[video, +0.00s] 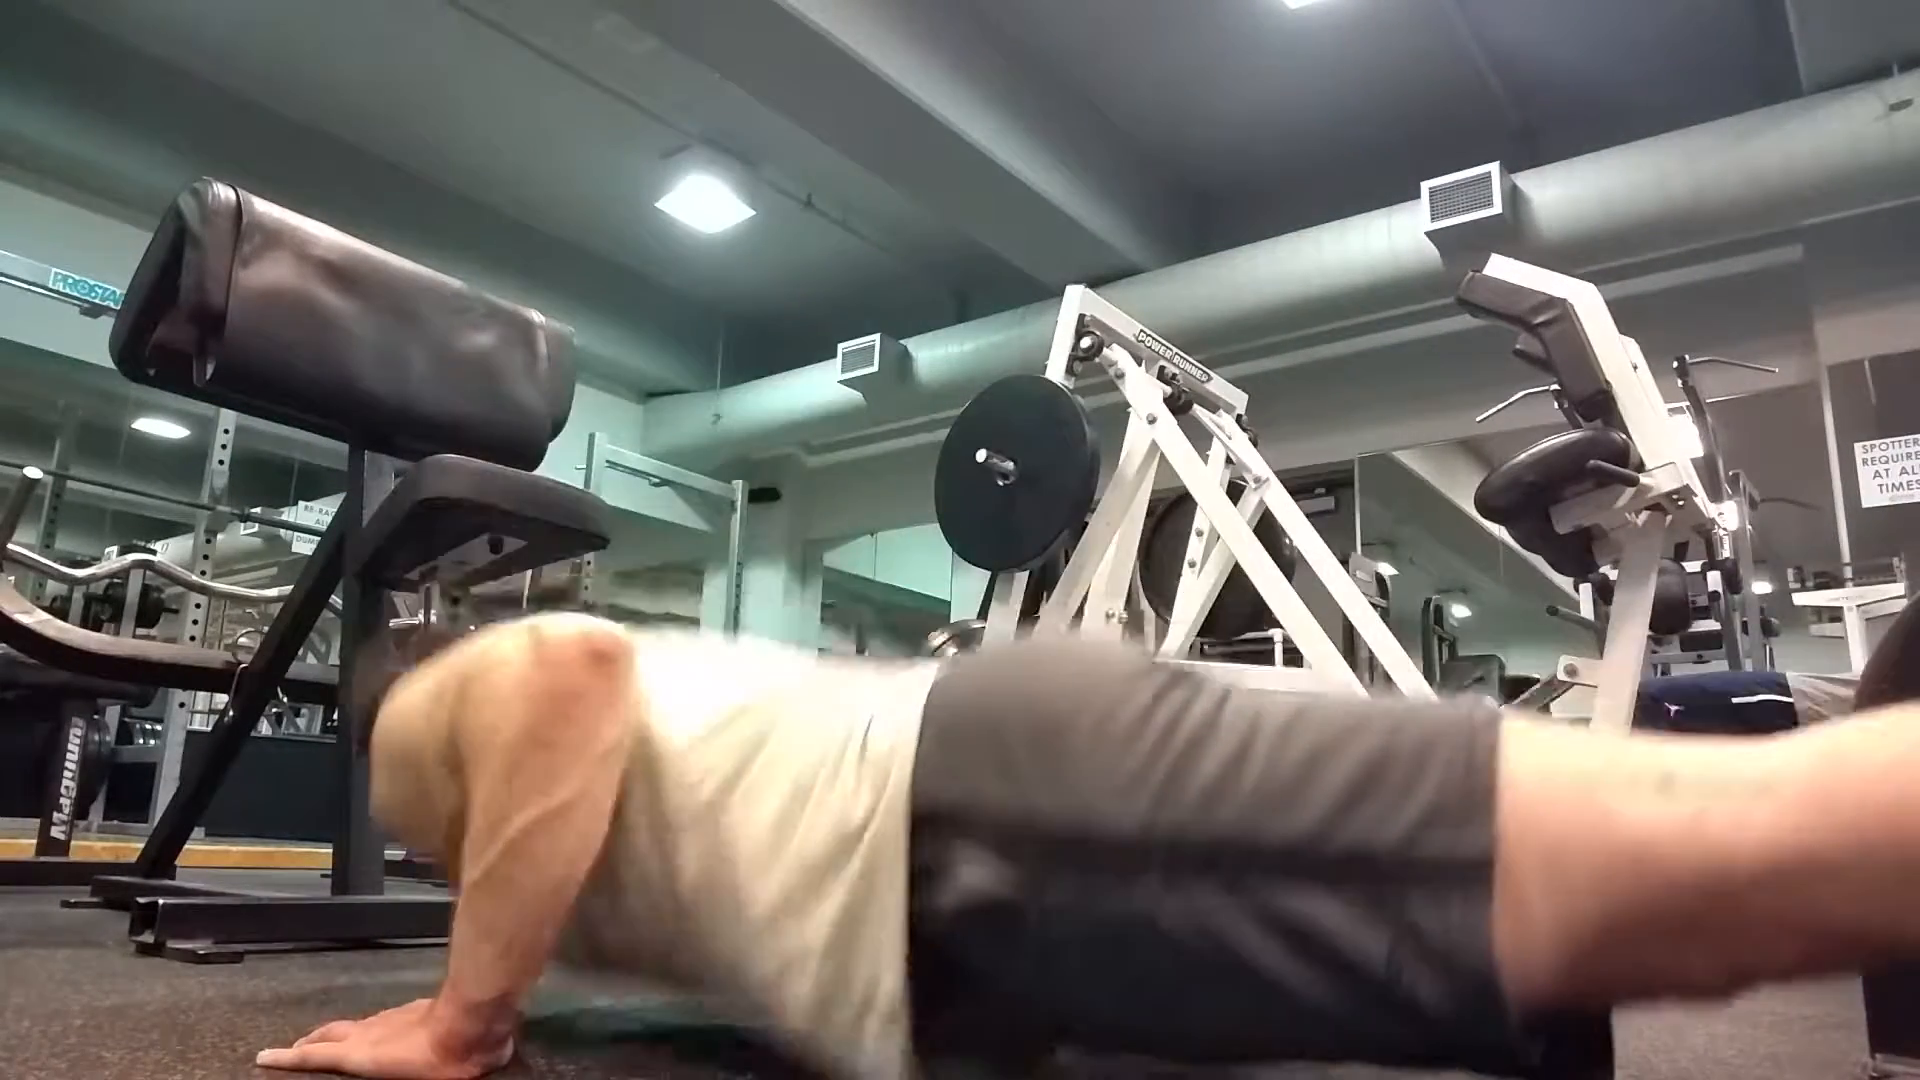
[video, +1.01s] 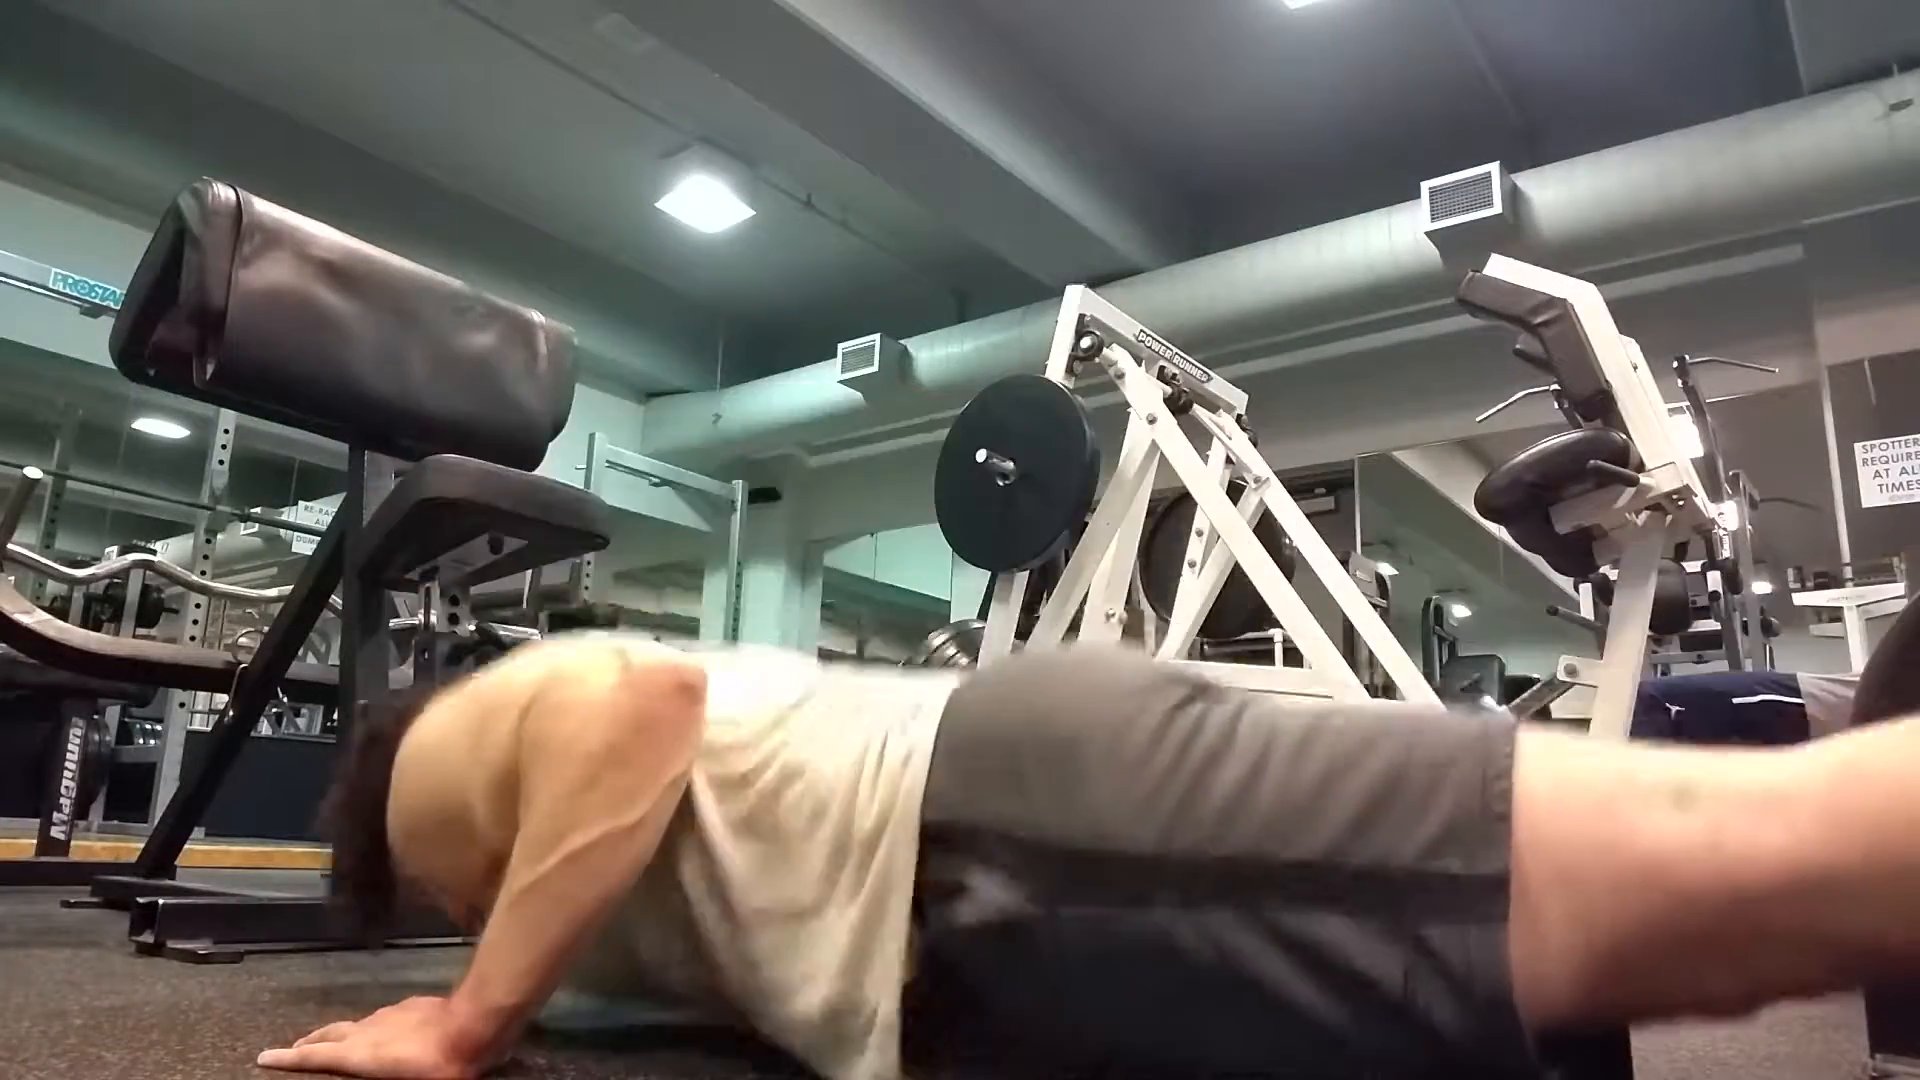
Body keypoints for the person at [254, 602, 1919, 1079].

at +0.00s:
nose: (413, 818)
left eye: (394, 796)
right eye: (415, 804)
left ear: (409, 700)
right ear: (448, 724)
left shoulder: (433, 705)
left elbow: (575, 691)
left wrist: (457, 1018)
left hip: (975, 832)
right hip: (964, 953)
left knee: (1707, 871)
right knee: (1704, 872)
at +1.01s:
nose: (417, 888)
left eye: (395, 870)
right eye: (416, 874)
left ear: (385, 817)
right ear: (429, 800)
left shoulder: (433, 751)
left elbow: (647, 700)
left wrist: (461, 1019)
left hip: (994, 839)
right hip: (997, 917)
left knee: (1763, 868)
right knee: (1750, 873)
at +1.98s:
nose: (410, 719)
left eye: (396, 677)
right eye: (399, 701)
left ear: (406, 594)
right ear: (510, 529)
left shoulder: (474, 589)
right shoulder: (649, 561)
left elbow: (631, 698)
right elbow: (873, 676)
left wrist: (465, 1022)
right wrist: (888, 936)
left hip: (1006, 725)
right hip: (1036, 701)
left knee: (1721, 814)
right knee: (1712, 812)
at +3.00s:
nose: (476, 428)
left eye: (470, 391)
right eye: (476, 409)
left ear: (508, 329)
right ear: (614, 304)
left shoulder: (549, 366)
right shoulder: (776, 399)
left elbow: (600, 650)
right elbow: (918, 685)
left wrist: (476, 1007)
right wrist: (925, 958)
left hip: (1061, 534)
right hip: (1089, 602)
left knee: (1744, 692)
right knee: (1736, 729)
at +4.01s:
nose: (455, 457)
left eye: (452, 424)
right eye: (458, 427)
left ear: (479, 371)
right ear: (607, 336)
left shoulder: (536, 417)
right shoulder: (760, 427)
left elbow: (634, 659)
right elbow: (939, 694)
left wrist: (494, 1014)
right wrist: (924, 958)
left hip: (1027, 578)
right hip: (1059, 616)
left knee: (1735, 728)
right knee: (1728, 736)